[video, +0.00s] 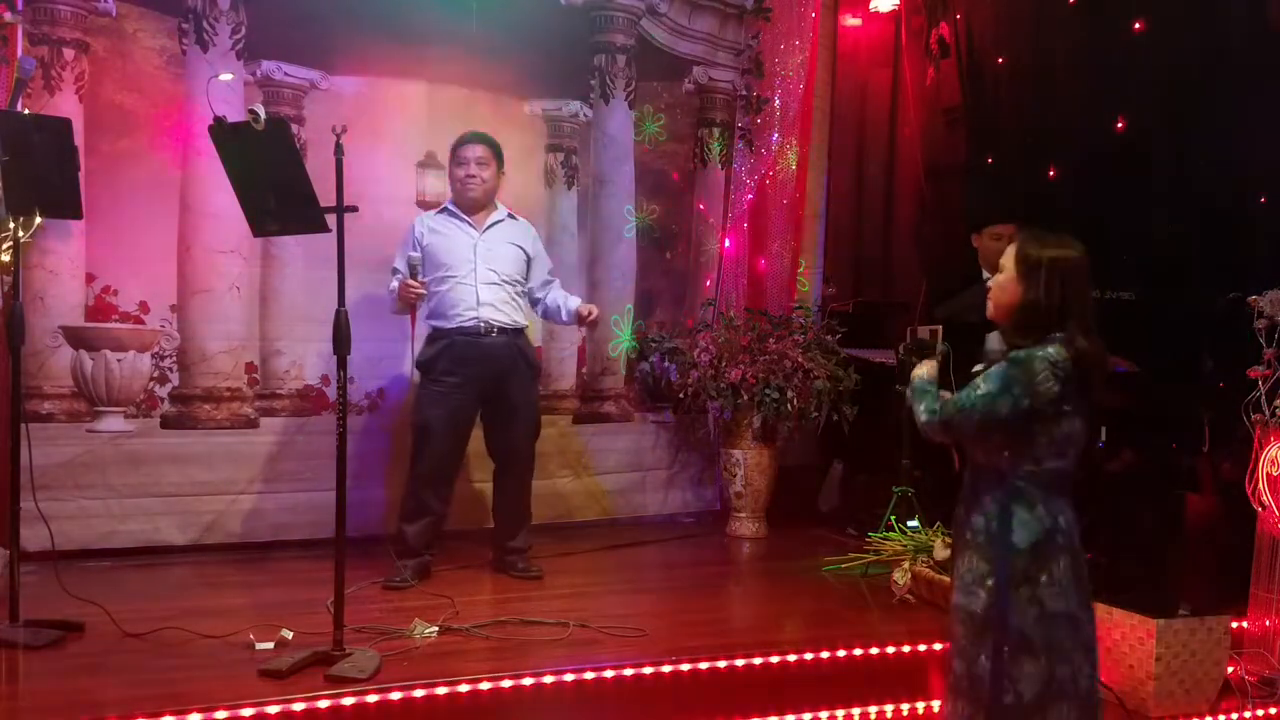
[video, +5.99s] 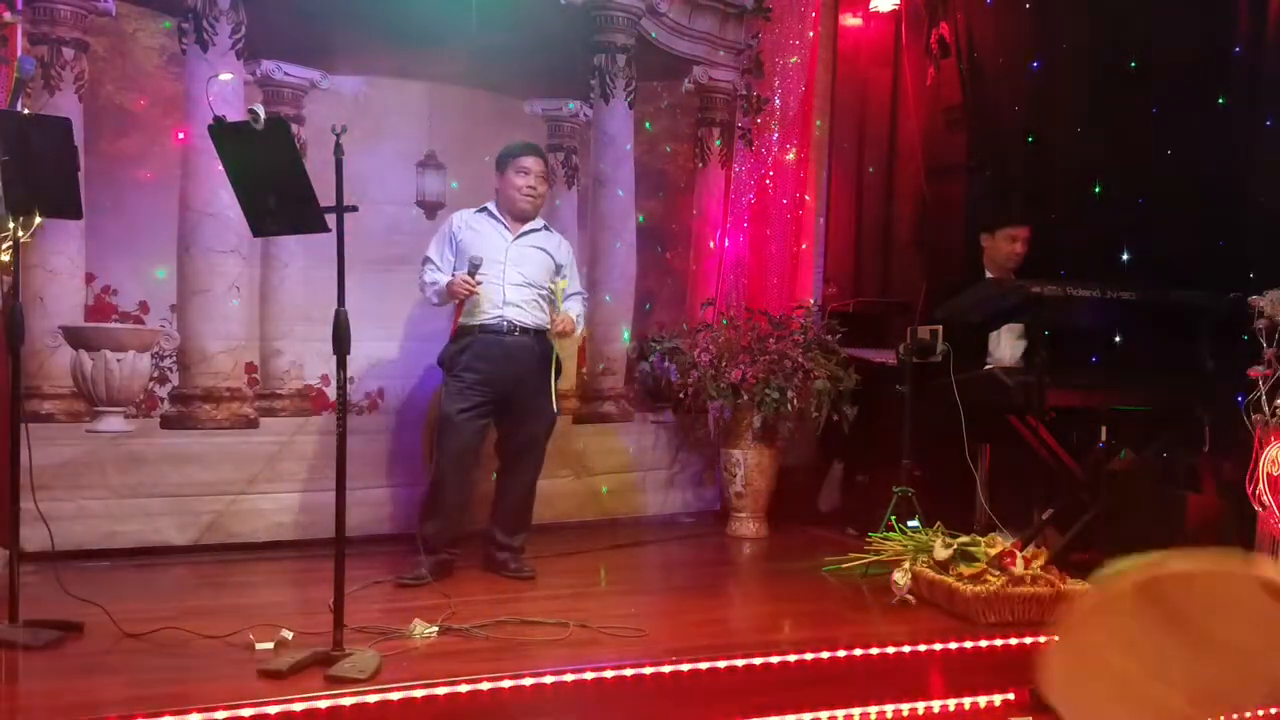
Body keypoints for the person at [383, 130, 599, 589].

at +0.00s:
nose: (470, 172)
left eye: (481, 164)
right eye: (462, 163)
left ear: (499, 174)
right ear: (450, 173)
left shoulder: (522, 231)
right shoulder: (426, 226)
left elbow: (543, 292)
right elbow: (399, 289)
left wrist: (574, 308)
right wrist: (404, 292)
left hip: (511, 353)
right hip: (449, 353)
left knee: (516, 457)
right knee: (433, 455)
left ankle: (512, 551)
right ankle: (413, 557)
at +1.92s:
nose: (454, 176)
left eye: (463, 169)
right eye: (443, 165)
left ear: (471, 179)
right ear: (420, 172)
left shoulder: (478, 238)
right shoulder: (390, 220)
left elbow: (499, 308)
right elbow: (359, 287)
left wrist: (553, 323)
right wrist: (377, 281)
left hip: (468, 350)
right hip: (410, 349)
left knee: (492, 442)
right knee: (413, 453)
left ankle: (497, 551)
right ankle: (417, 555)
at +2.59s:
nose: (498, 175)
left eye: (507, 167)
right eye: (487, 166)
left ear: (516, 176)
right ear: (466, 173)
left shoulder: (535, 227)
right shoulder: (439, 227)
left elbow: (557, 271)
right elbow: (408, 292)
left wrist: (568, 288)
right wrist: (422, 289)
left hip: (521, 355)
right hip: (458, 356)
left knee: (540, 453)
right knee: (442, 450)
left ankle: (544, 556)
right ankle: (420, 552)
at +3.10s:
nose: (526, 169)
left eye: (537, 161)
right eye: (517, 160)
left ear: (556, 172)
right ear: (503, 169)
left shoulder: (575, 227)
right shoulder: (480, 224)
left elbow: (594, 295)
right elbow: (458, 291)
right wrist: (457, 289)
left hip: (551, 356)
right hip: (490, 356)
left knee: (553, 468)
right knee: (475, 462)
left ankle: (547, 561)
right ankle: (463, 559)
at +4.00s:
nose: (489, 178)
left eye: (497, 170)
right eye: (478, 168)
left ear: (505, 179)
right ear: (455, 174)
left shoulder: (520, 235)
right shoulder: (425, 229)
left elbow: (539, 295)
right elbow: (397, 295)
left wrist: (528, 332)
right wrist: (417, 296)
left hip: (503, 352)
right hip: (446, 353)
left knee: (498, 452)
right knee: (438, 455)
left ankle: (491, 554)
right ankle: (432, 558)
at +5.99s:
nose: (533, 184)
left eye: (541, 178)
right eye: (523, 174)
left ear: (547, 190)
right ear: (499, 179)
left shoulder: (557, 244)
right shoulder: (462, 224)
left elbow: (574, 297)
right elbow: (430, 279)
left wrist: (570, 318)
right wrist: (447, 287)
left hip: (532, 354)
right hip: (475, 350)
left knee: (524, 459)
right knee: (454, 450)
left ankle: (506, 549)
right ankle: (436, 553)